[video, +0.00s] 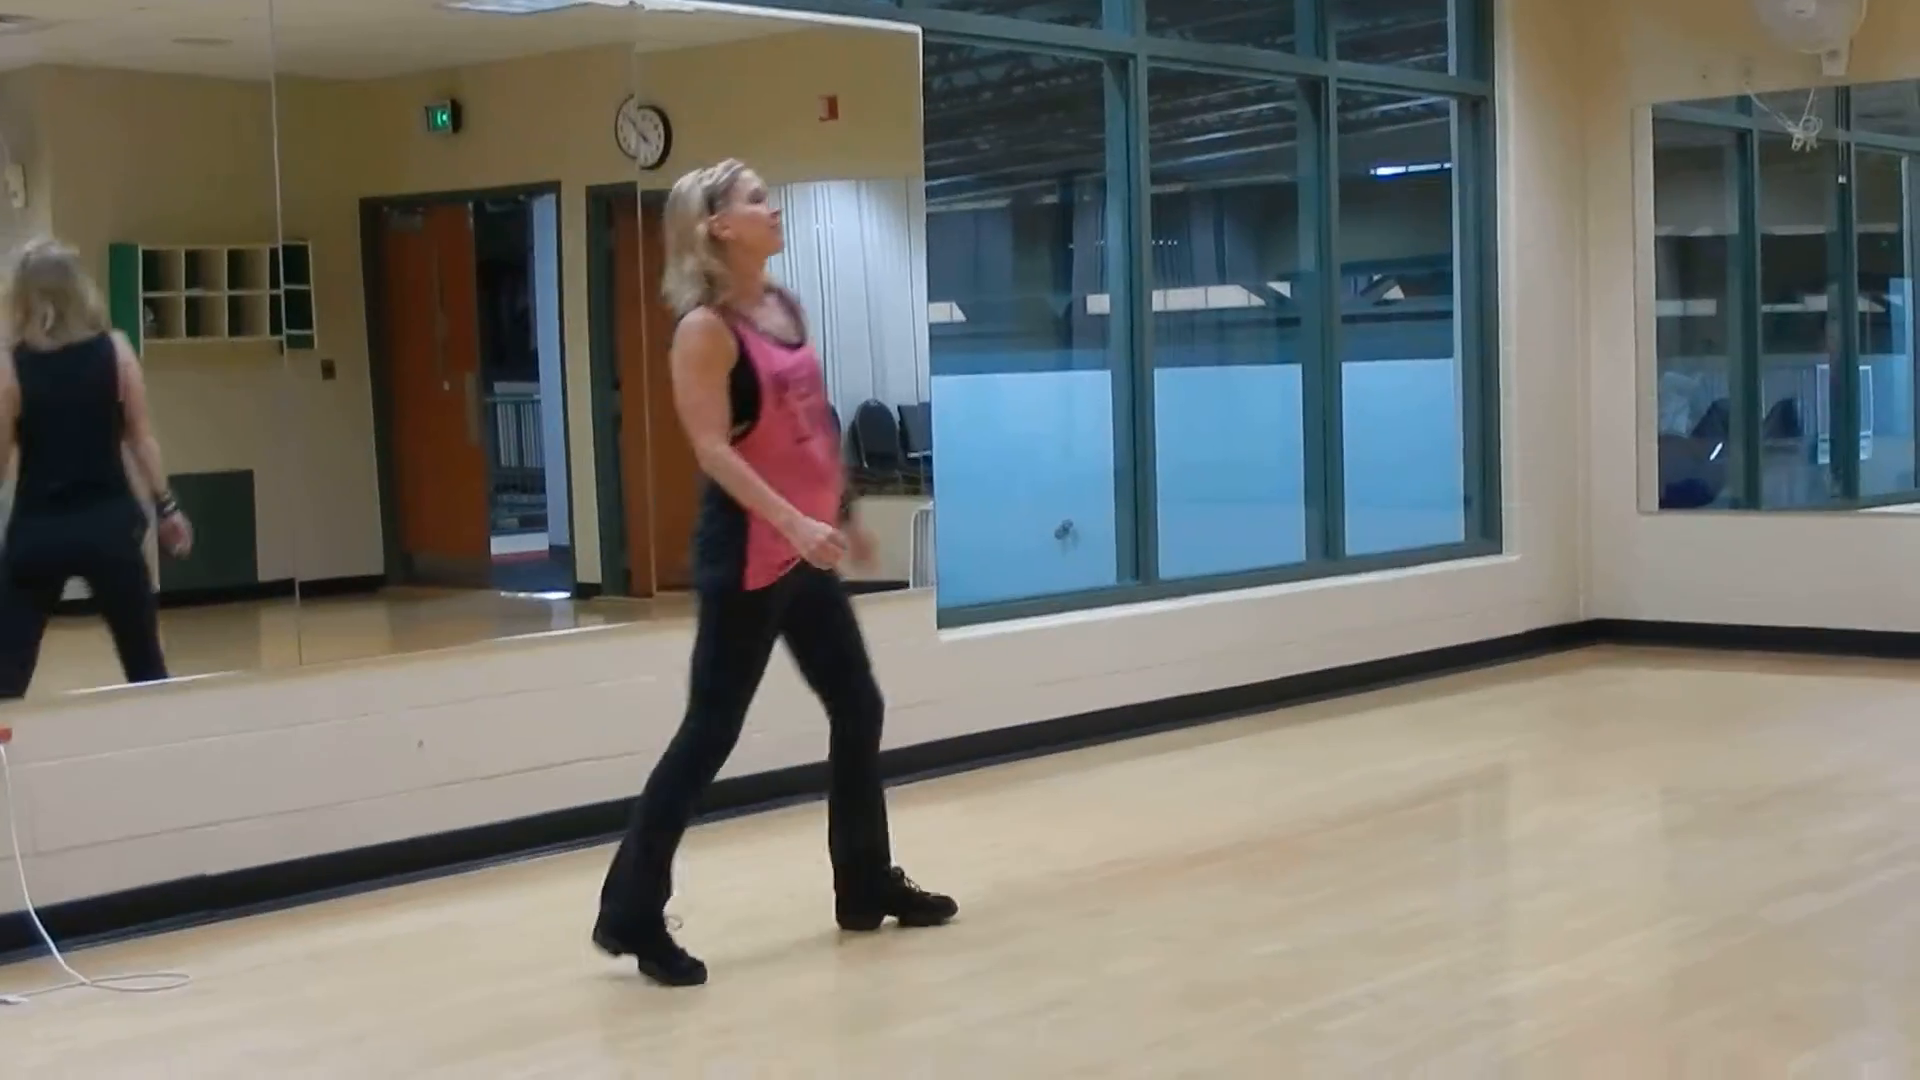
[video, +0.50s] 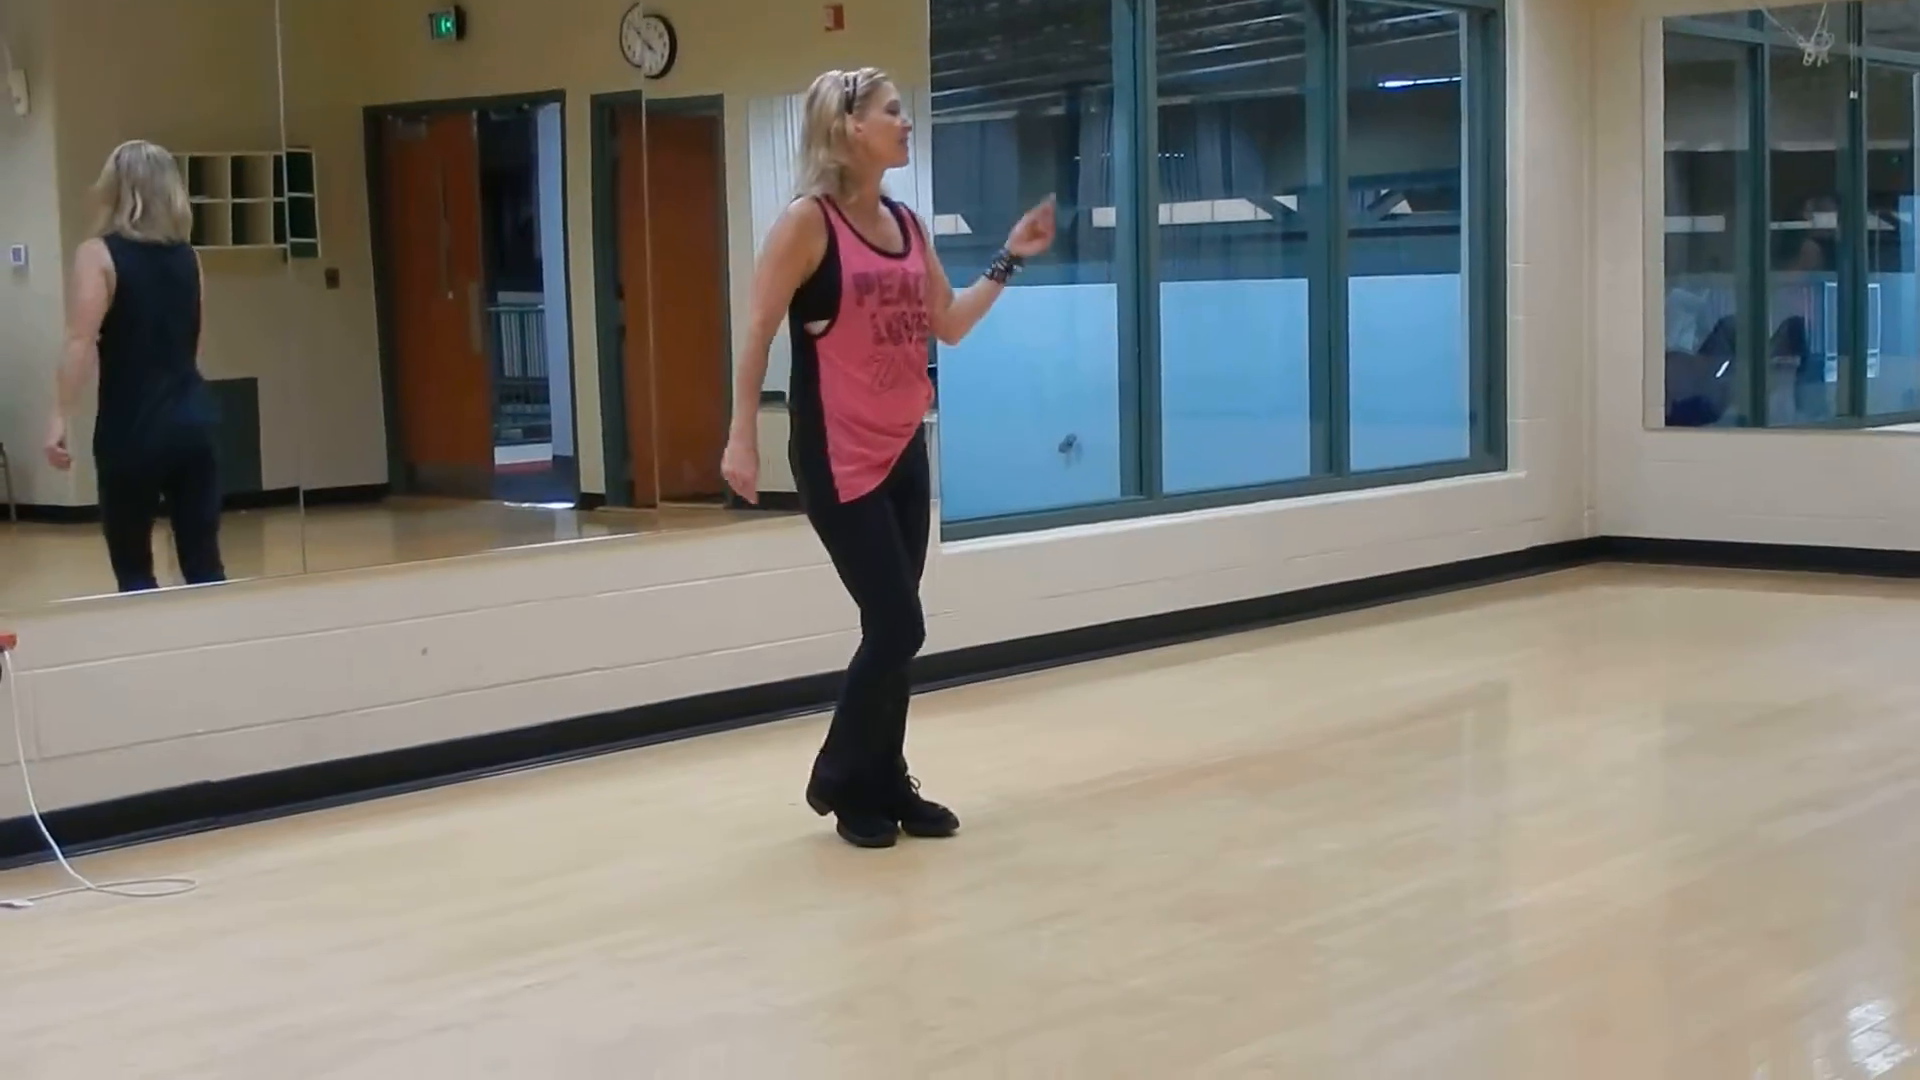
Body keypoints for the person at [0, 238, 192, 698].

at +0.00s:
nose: (13, 301)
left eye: (18, 291)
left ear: (23, 297)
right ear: (81, 291)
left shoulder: (11, 365)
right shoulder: (115, 350)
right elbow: (140, 438)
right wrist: (166, 505)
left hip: (36, 535)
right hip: (111, 531)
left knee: (8, 672)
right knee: (145, 663)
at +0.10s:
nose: (39, 276)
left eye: (45, 266)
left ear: (53, 274)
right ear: (111, 268)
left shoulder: (40, 342)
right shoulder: (140, 329)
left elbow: (26, 439)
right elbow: (166, 410)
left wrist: (3, 495)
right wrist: (194, 467)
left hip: (72, 515)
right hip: (140, 508)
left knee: (38, 652)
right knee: (159, 645)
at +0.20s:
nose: (63, 251)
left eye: (67, 242)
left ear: (74, 250)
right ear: (131, 246)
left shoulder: (63, 319)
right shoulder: (157, 305)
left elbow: (51, 415)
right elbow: (179, 383)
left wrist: (17, 487)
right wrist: (198, 424)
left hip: (92, 494)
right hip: (159, 484)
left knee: (61, 631)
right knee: (178, 622)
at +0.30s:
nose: (84, 231)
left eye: (89, 223)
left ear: (96, 231)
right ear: (152, 230)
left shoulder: (82, 297)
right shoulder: (173, 295)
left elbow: (68, 390)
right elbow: (185, 375)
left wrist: (43, 465)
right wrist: (191, 372)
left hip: (108, 473)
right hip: (173, 467)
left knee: (96, 611)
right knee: (190, 601)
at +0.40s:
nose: (92, 209)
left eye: (98, 201)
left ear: (108, 209)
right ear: (163, 210)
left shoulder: (90, 273)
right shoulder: (182, 276)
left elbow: (77, 366)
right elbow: (183, 362)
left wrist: (55, 438)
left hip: (119, 449)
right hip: (182, 441)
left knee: (123, 592)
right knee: (197, 581)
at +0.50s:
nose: (100, 191)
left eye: (106, 183)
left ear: (114, 191)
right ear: (171, 193)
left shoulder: (98, 254)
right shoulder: (188, 257)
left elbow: (81, 341)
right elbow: (193, 344)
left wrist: (60, 415)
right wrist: (173, 397)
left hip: (128, 429)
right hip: (191, 423)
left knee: (133, 569)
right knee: (203, 561)